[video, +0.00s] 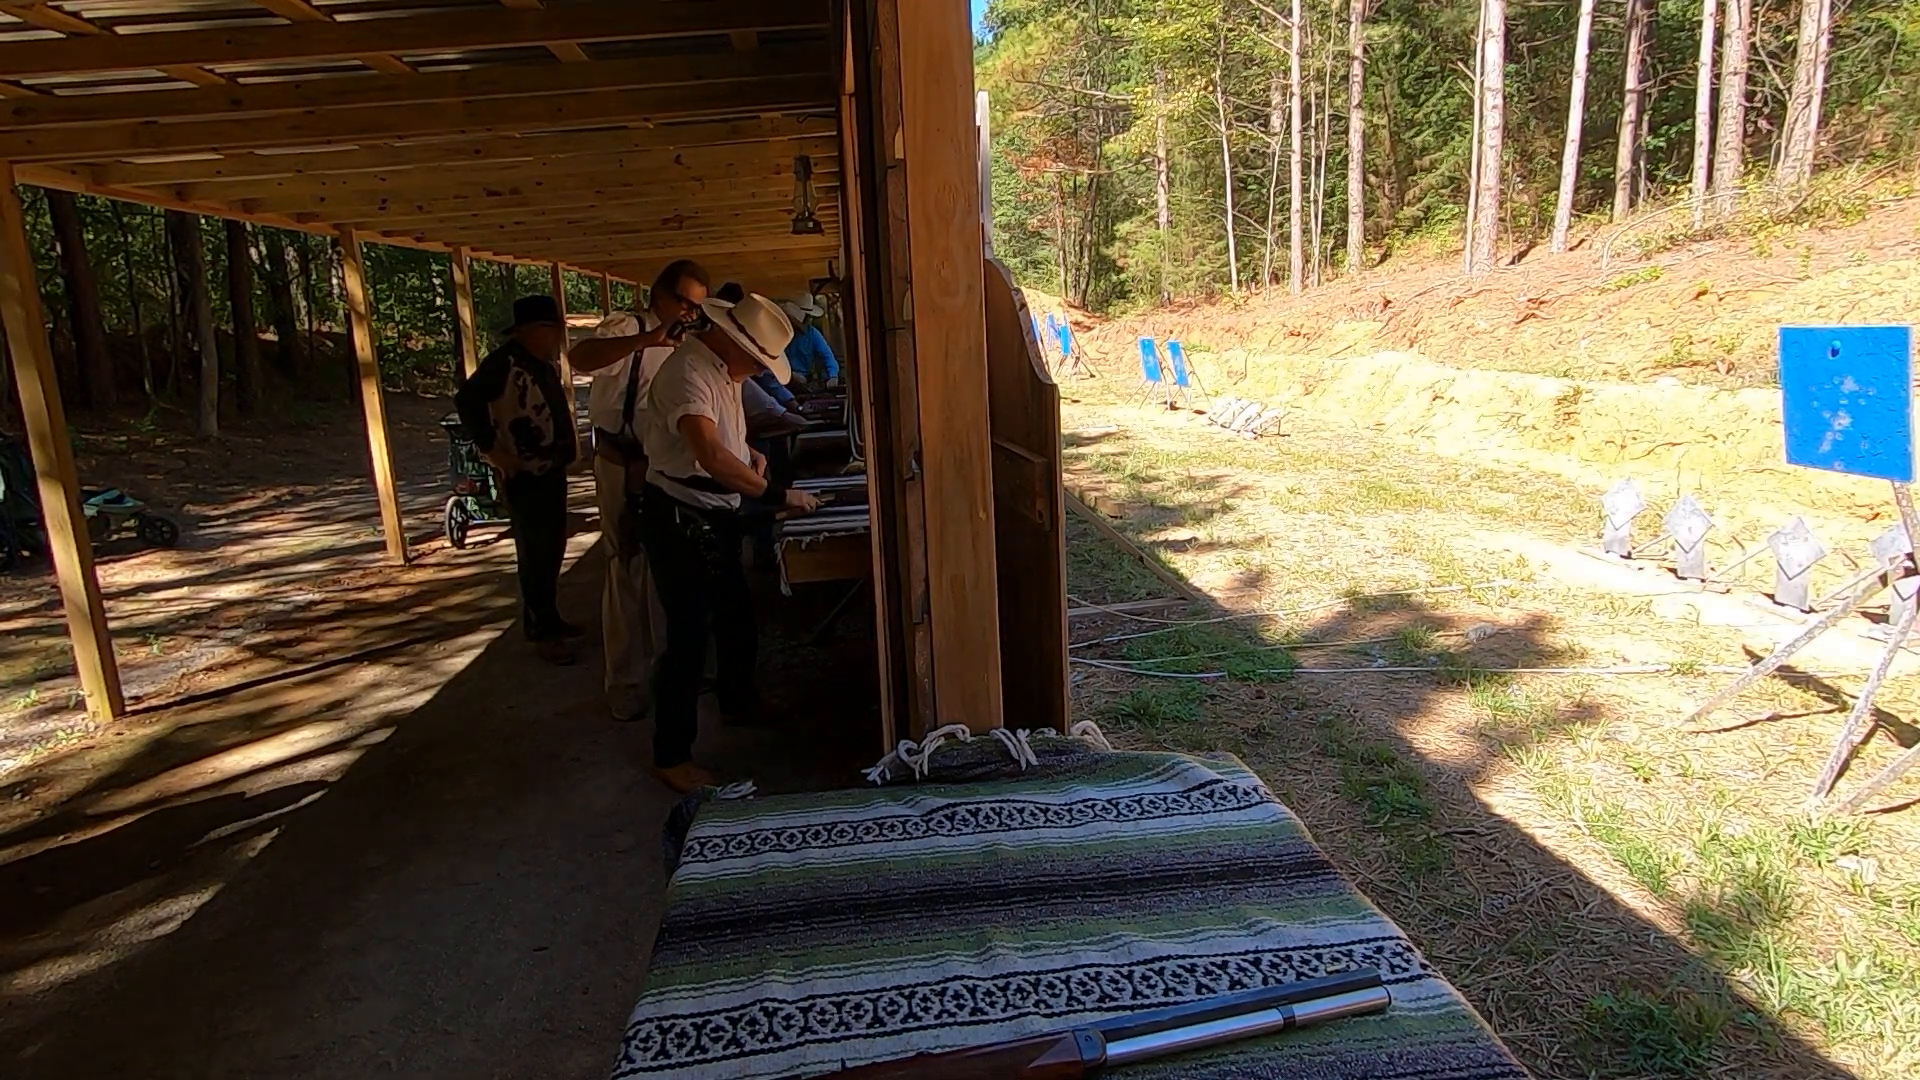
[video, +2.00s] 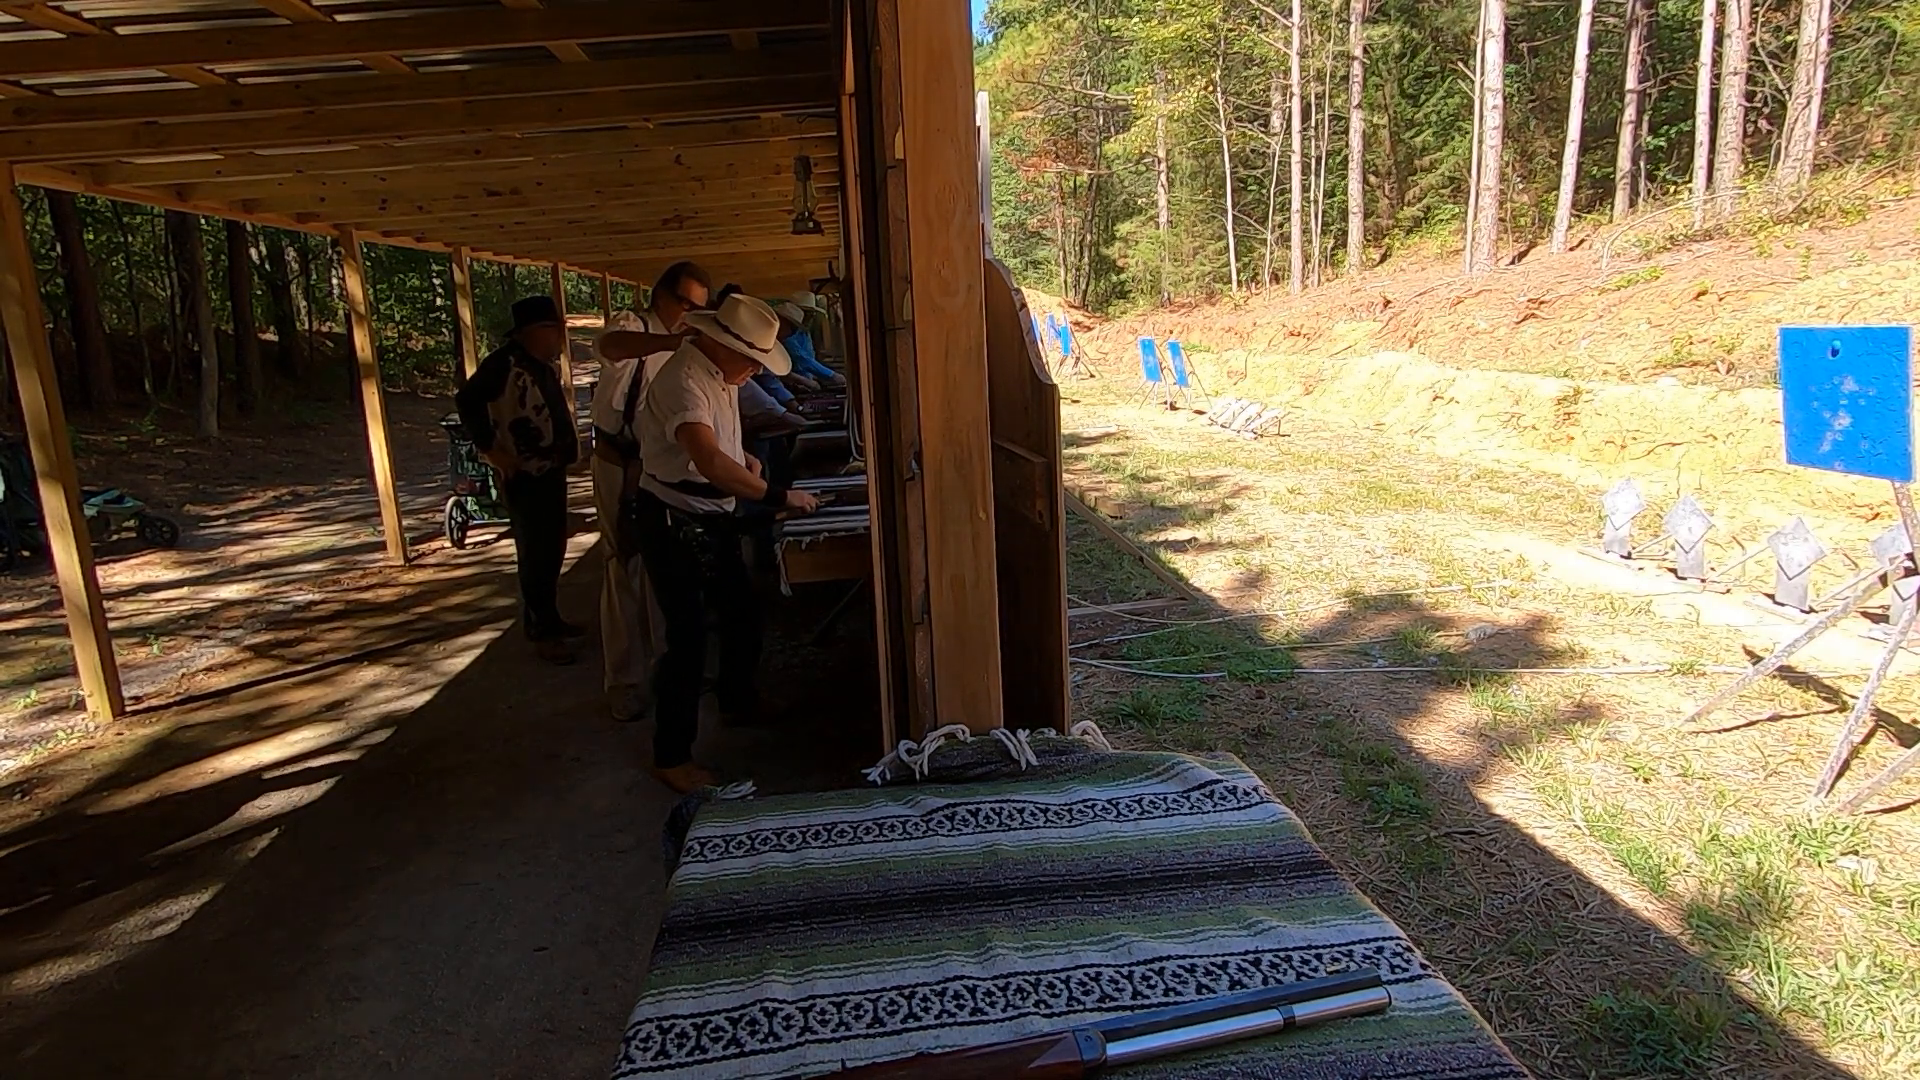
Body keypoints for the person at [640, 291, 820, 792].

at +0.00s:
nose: (756, 373)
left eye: (760, 366)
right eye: (755, 363)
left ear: (737, 343)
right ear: (733, 343)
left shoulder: (721, 372)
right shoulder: (689, 372)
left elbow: (731, 445)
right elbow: (709, 455)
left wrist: (771, 477)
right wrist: (772, 494)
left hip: (718, 512)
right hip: (678, 515)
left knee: (735, 616)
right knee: (689, 634)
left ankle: (740, 707)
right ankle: (672, 757)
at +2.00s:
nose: (755, 374)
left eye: (758, 367)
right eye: (753, 365)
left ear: (725, 350)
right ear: (727, 350)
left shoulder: (719, 378)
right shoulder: (683, 378)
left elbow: (723, 443)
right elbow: (706, 458)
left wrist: (748, 466)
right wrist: (777, 496)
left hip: (716, 515)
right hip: (673, 519)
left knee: (740, 614)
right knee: (688, 636)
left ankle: (739, 707)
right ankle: (672, 758)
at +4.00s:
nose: (758, 374)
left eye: (762, 366)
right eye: (757, 364)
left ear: (728, 348)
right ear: (730, 348)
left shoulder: (721, 377)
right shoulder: (686, 378)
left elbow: (724, 445)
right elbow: (711, 461)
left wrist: (747, 466)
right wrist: (781, 494)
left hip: (716, 516)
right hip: (673, 520)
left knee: (742, 611)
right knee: (690, 634)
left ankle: (739, 704)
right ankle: (672, 757)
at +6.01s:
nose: (762, 345)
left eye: (764, 337)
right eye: (756, 337)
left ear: (745, 335)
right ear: (724, 331)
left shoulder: (750, 367)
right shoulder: (678, 338)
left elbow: (802, 409)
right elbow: (705, 393)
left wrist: (860, 392)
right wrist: (766, 371)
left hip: (718, 511)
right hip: (663, 508)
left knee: (736, 614)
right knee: (675, 631)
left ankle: (740, 708)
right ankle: (673, 757)